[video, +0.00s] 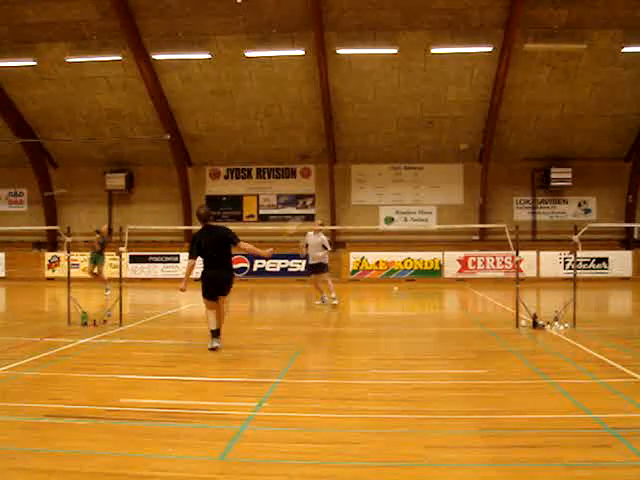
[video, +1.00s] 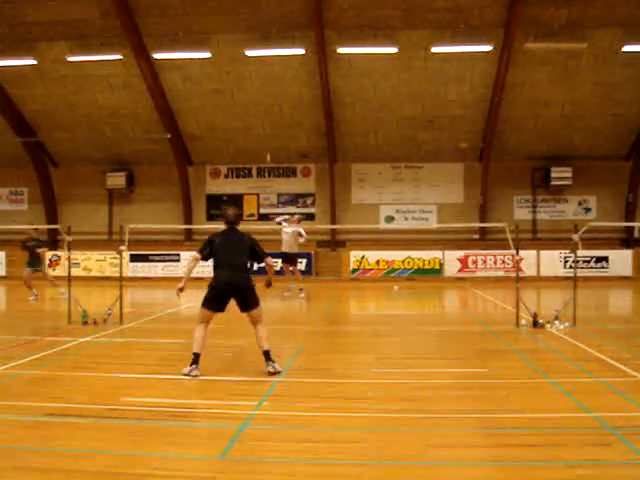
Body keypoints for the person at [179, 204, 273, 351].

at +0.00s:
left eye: (199, 218)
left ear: (198, 219)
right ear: (211, 216)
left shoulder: (198, 237)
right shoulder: (224, 231)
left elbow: (192, 261)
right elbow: (242, 246)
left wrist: (184, 281)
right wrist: (262, 253)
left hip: (209, 275)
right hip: (226, 274)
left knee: (210, 307)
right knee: (221, 302)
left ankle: (214, 338)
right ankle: (217, 334)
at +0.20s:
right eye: (214, 215)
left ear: (202, 219)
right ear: (216, 217)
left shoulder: (198, 238)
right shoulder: (227, 233)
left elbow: (193, 264)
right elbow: (243, 252)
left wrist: (189, 283)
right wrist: (258, 265)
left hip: (209, 279)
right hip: (228, 277)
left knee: (212, 309)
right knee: (228, 307)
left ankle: (215, 342)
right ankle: (229, 331)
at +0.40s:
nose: (215, 215)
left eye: (211, 213)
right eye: (218, 212)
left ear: (208, 214)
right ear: (223, 213)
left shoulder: (202, 234)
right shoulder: (232, 231)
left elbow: (201, 261)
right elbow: (245, 255)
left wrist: (202, 283)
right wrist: (251, 274)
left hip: (212, 277)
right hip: (231, 276)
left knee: (212, 309)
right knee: (232, 312)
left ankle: (214, 340)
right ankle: (235, 341)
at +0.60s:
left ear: (212, 205)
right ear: (227, 205)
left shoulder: (205, 223)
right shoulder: (236, 222)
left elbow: (199, 250)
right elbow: (247, 246)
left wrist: (200, 273)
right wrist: (246, 265)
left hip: (213, 269)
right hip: (234, 267)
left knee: (208, 307)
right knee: (244, 306)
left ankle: (204, 345)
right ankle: (239, 346)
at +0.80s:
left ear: (215, 215)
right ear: (231, 215)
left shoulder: (205, 233)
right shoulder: (238, 233)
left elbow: (192, 253)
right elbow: (259, 252)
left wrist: (189, 278)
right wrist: (260, 269)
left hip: (211, 281)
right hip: (235, 280)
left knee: (203, 322)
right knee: (254, 313)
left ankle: (195, 364)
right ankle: (266, 350)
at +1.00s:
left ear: (224, 221)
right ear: (239, 221)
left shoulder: (215, 239)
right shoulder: (247, 240)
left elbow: (195, 258)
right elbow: (269, 263)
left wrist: (184, 281)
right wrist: (269, 279)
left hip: (220, 283)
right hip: (243, 284)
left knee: (203, 322)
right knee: (257, 322)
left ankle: (194, 364)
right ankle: (269, 361)